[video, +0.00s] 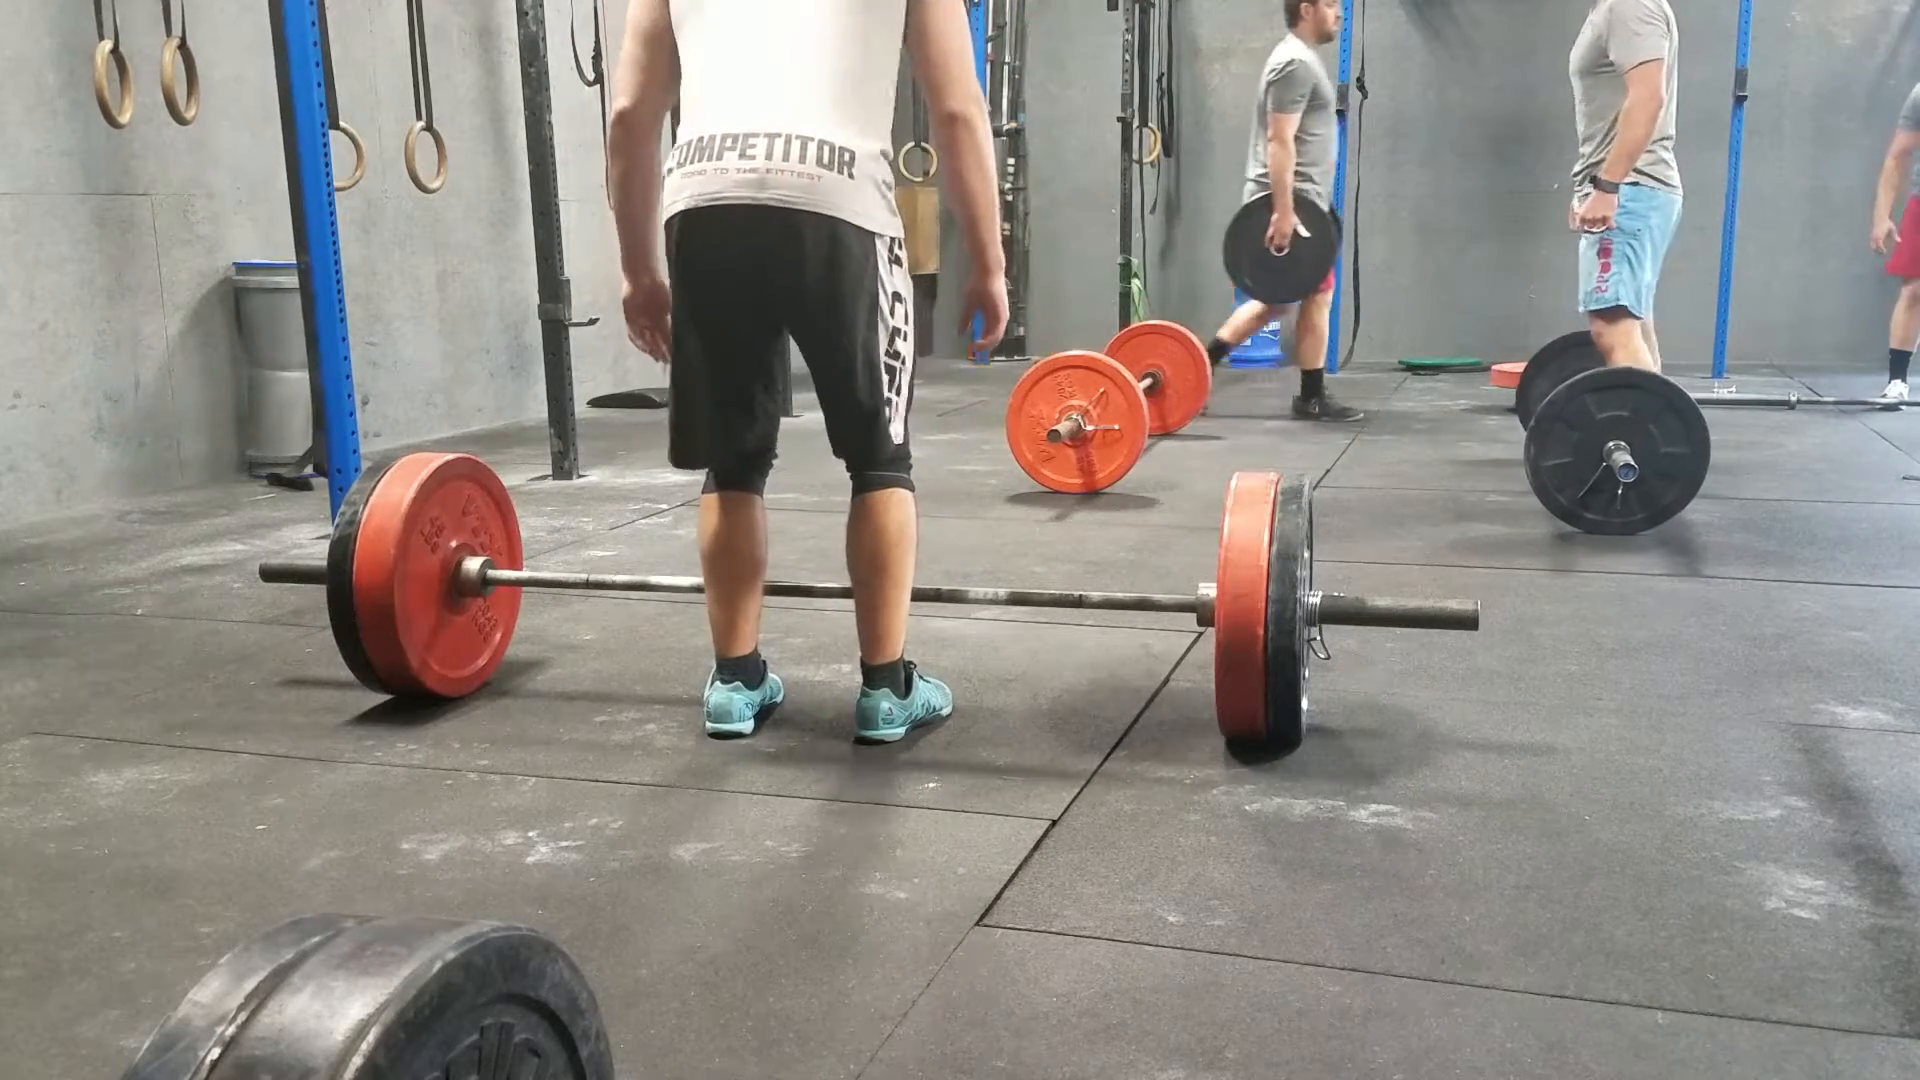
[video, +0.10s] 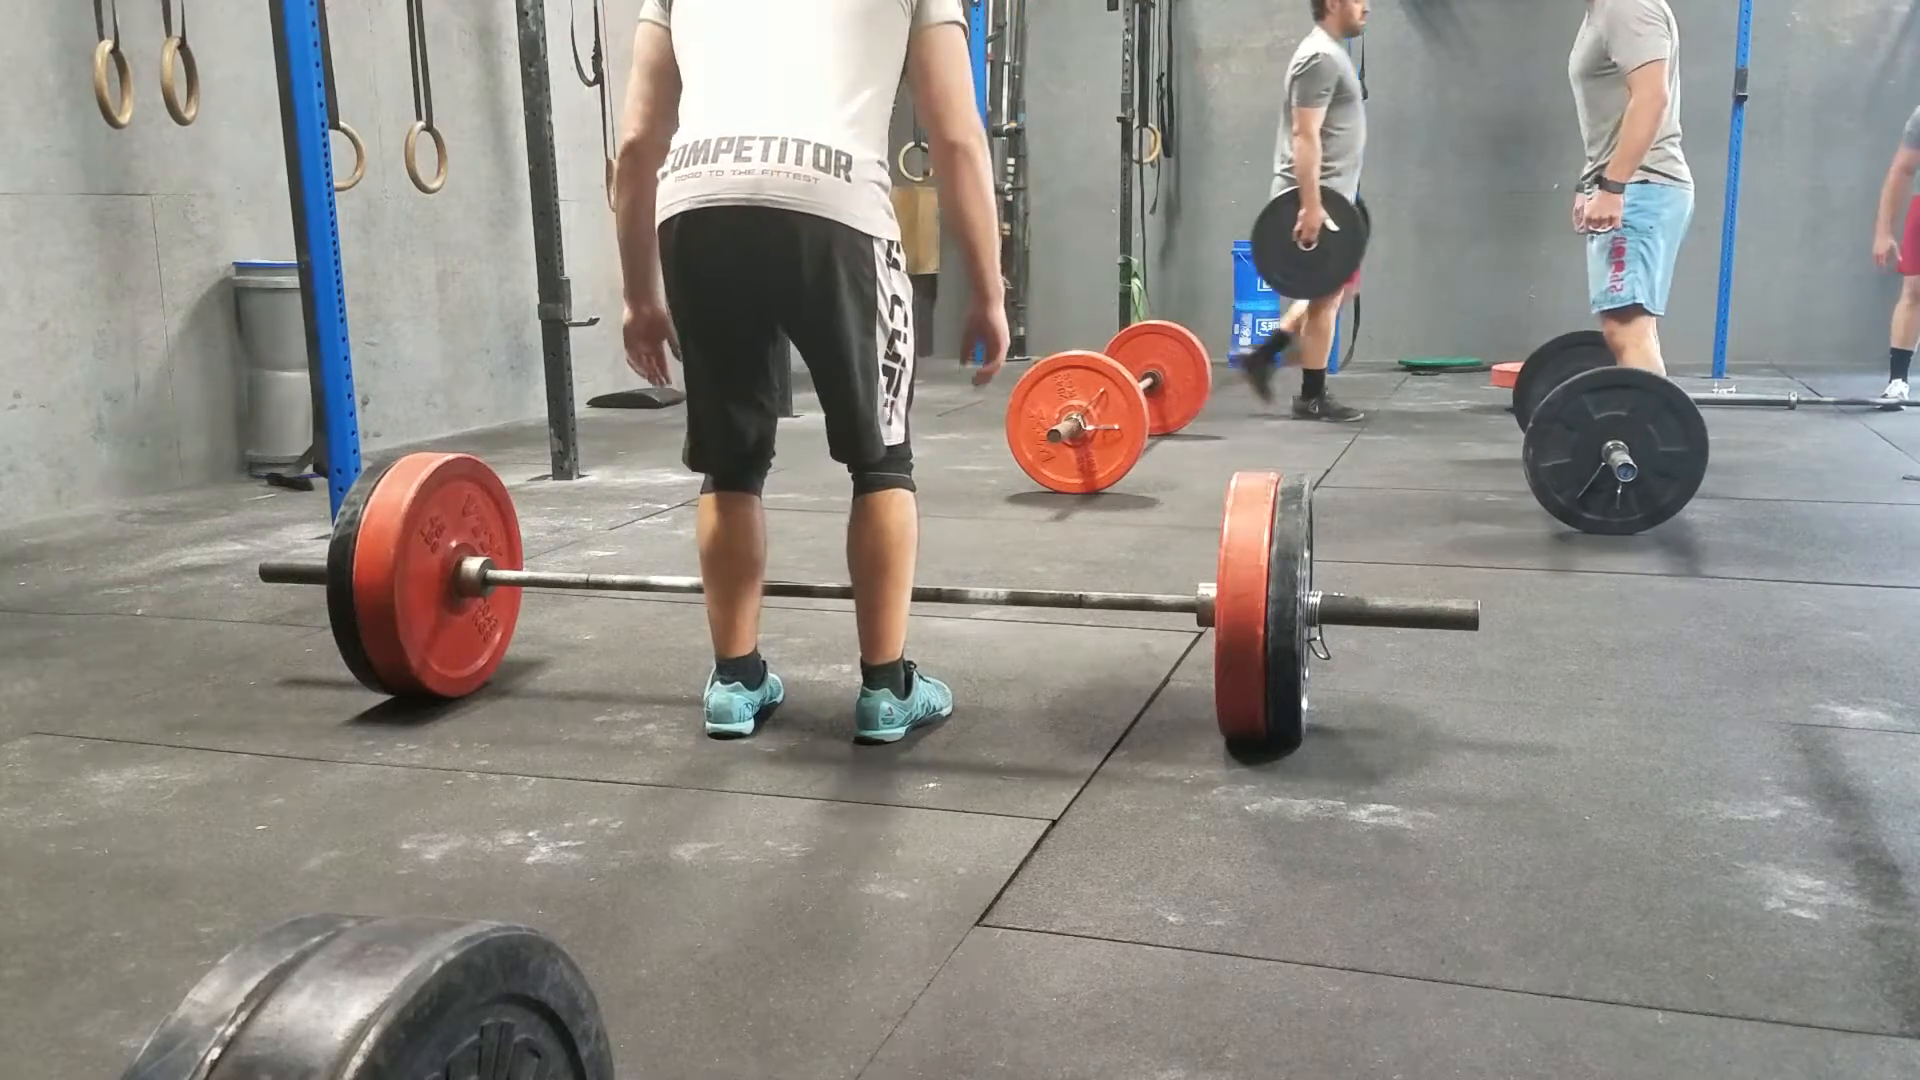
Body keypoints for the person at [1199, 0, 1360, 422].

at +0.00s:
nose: (1339, 13)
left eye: (1337, 5)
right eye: (1331, 5)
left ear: (1307, 12)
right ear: (1306, 10)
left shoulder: (1300, 58)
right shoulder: (1295, 62)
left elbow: (1289, 138)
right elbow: (1279, 140)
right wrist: (1282, 209)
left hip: (1292, 198)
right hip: (1299, 202)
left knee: (1274, 297)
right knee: (1320, 291)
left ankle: (1206, 357)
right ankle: (1311, 395)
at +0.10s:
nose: (1365, 8)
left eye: (1363, 2)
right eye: (1357, 1)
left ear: (1333, 9)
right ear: (1332, 6)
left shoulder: (1331, 54)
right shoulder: (1319, 58)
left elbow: (1320, 135)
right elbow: (1305, 136)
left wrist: (1336, 196)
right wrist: (1311, 204)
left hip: (1331, 195)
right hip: (1318, 198)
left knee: (1341, 285)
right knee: (1326, 292)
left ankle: (1264, 354)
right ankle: (1312, 396)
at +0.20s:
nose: (1391, 7)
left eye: (1391, 1)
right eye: (1385, 1)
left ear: (1361, 6)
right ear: (1358, 4)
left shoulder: (1358, 52)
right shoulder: (1344, 54)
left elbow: (1350, 134)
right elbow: (1331, 133)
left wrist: (1364, 198)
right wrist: (1340, 202)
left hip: (1358, 196)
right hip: (1336, 199)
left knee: (1381, 282)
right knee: (1332, 294)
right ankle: (1312, 394)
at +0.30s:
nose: (1422, 7)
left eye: (1421, 1)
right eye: (1414, 0)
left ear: (1391, 8)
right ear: (1386, 4)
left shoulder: (1390, 52)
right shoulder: (1369, 55)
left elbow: (1379, 134)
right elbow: (1359, 134)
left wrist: (1388, 197)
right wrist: (1371, 202)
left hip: (1387, 195)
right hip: (1357, 199)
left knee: (1410, 285)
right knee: (1341, 293)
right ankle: (1312, 393)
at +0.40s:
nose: (1453, 8)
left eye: (1453, 2)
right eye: (1443, 2)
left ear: (1421, 9)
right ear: (1416, 6)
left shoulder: (1423, 56)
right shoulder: (1400, 58)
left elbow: (1409, 137)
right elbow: (1387, 137)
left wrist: (1419, 202)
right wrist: (1400, 203)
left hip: (1413, 198)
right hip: (1381, 201)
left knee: (1441, 287)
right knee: (1360, 298)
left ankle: (1467, 390)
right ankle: (1315, 393)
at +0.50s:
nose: (1486, 8)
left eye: (1486, 1)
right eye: (1477, 1)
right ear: (1450, 6)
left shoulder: (1465, 57)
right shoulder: (1435, 56)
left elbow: (1455, 138)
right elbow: (1418, 132)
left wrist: (1463, 203)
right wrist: (1427, 202)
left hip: (1455, 201)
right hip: (1418, 201)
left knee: (1476, 288)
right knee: (1399, 301)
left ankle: (1477, 393)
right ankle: (1330, 381)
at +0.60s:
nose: (1519, 5)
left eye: (1519, 0)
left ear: (1490, 6)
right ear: (1484, 3)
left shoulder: (1489, 49)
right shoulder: (1466, 49)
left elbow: (1472, 126)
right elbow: (1448, 127)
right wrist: (1457, 195)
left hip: (1490, 195)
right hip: (1465, 197)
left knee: (1493, 292)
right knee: (1465, 296)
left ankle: (1479, 392)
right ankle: (1380, 360)